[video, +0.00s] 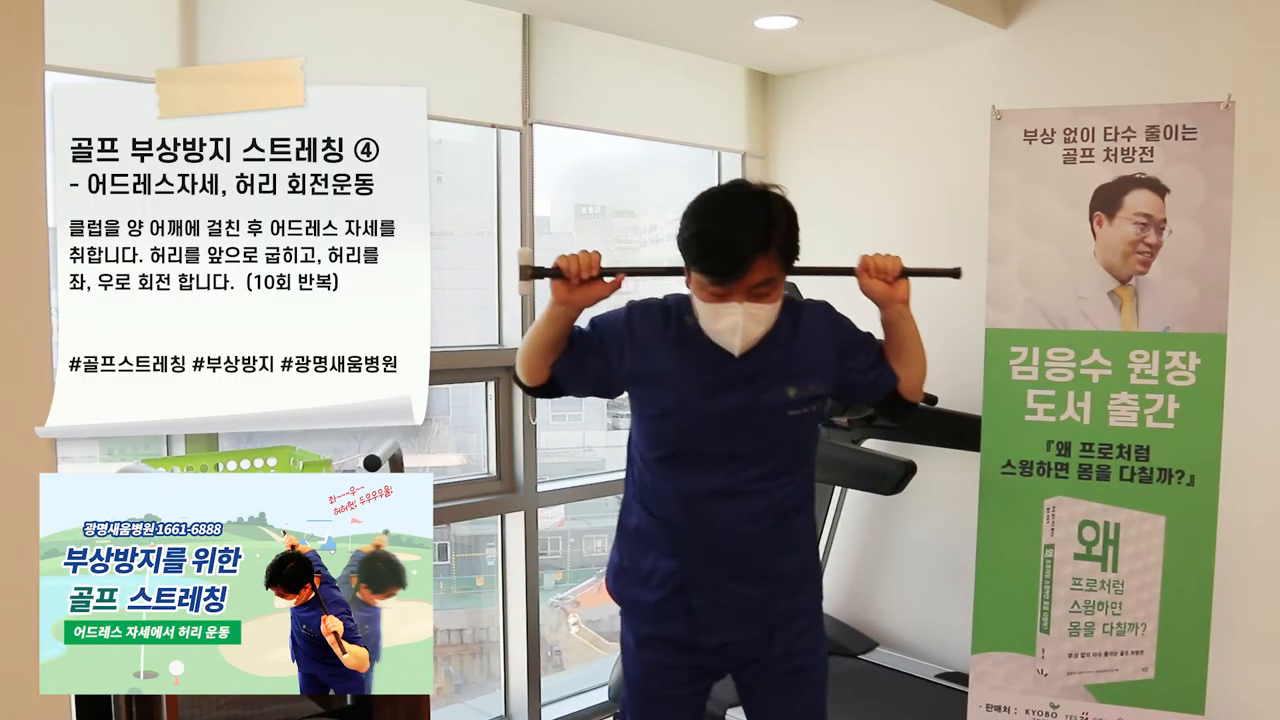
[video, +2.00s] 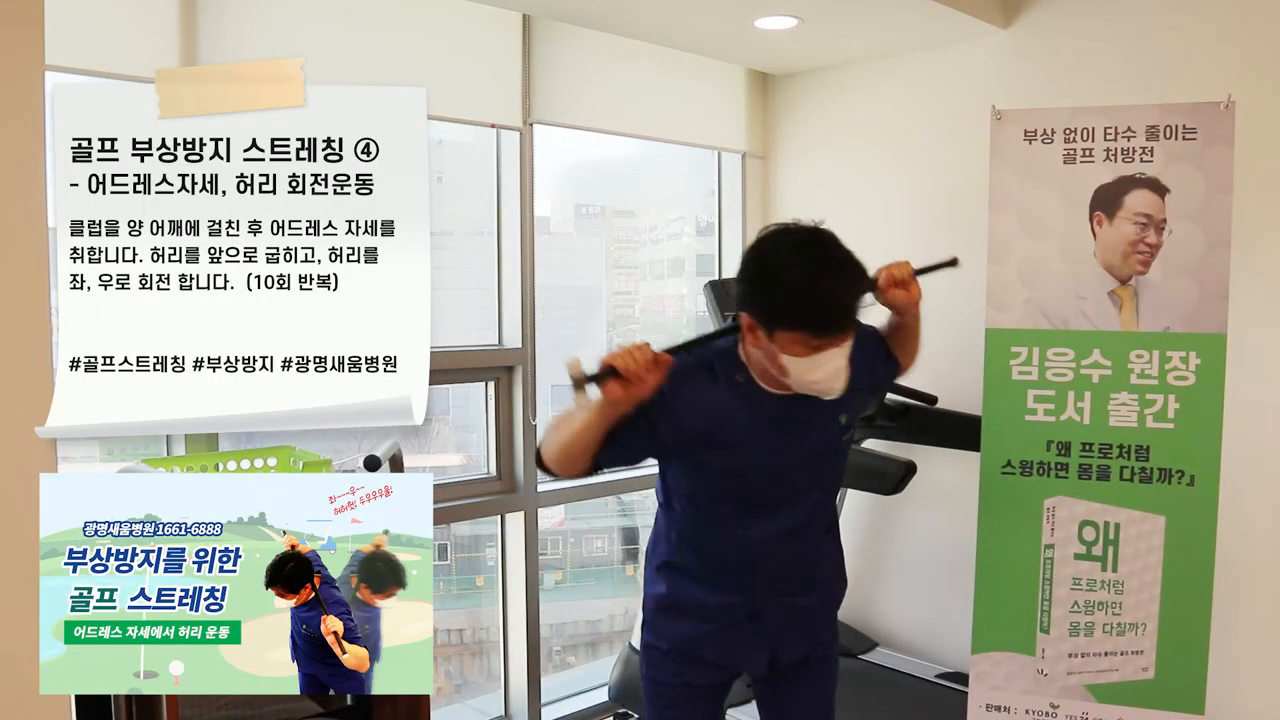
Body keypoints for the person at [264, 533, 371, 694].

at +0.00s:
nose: (278, 599)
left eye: (283, 596)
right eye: (276, 594)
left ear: (306, 590)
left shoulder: (334, 607)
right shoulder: (312, 570)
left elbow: (363, 665)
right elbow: (308, 552)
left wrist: (335, 642)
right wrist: (297, 547)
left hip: (344, 673)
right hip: (310, 667)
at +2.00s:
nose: (278, 599)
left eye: (283, 596)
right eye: (276, 594)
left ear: (306, 590)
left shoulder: (334, 607)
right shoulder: (312, 570)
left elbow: (363, 665)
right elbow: (308, 552)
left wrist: (335, 642)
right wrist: (297, 547)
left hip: (344, 673)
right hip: (310, 667)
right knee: (312, 714)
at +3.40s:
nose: (278, 599)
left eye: (283, 595)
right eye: (276, 593)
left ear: (306, 589)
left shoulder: (334, 608)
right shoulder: (311, 569)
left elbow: (363, 665)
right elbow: (308, 552)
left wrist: (335, 642)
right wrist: (296, 547)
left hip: (344, 672)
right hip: (310, 666)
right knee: (312, 713)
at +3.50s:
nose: (278, 599)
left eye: (283, 596)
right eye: (276, 593)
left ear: (306, 590)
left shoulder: (334, 608)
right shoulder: (312, 570)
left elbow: (363, 665)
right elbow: (308, 552)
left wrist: (336, 643)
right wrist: (297, 547)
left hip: (344, 672)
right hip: (310, 667)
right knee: (312, 715)